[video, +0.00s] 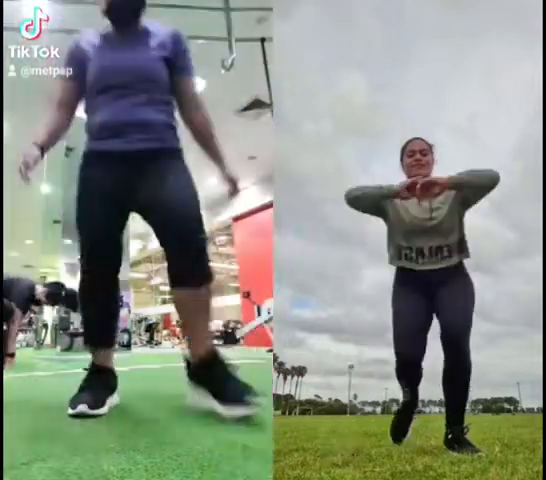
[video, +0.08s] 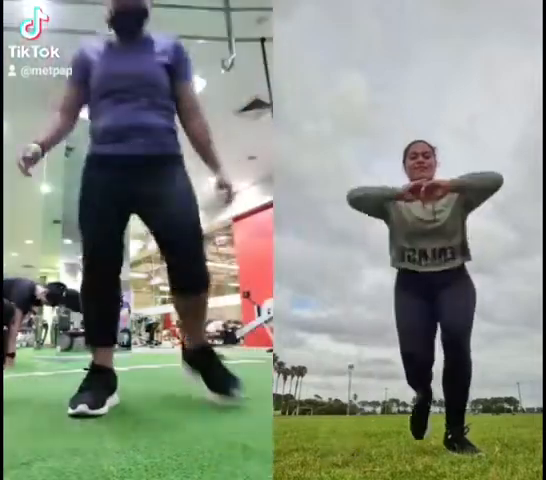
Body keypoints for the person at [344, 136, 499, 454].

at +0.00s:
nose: (417, 158)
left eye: (423, 153)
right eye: (411, 154)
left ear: (434, 160)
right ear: (401, 164)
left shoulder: (455, 194)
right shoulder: (389, 201)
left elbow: (491, 178)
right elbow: (352, 197)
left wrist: (447, 182)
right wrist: (397, 192)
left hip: (452, 281)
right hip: (409, 284)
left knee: (457, 349)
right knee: (406, 357)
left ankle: (456, 433)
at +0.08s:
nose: (420, 160)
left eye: (426, 155)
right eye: (413, 156)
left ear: (436, 163)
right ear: (404, 166)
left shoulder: (458, 198)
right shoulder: (391, 204)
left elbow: (495, 180)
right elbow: (354, 197)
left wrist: (450, 184)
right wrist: (399, 194)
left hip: (453, 284)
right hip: (411, 286)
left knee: (457, 353)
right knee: (414, 361)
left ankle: (455, 433)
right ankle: (423, 395)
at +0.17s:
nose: (429, 177)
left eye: (434, 172)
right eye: (422, 174)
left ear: (445, 179)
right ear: (412, 184)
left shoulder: (467, 214)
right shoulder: (400, 217)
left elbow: (506, 196)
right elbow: (365, 202)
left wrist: (459, 199)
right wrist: (415, 203)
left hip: (461, 298)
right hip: (419, 303)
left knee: (458, 341)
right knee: (435, 388)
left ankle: (456, 434)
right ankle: (459, 417)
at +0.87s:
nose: (427, 166)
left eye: (433, 161)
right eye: (420, 162)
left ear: (443, 167)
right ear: (411, 170)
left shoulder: (464, 205)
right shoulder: (401, 209)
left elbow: (506, 197)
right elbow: (361, 204)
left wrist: (455, 194)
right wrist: (409, 198)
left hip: (458, 287)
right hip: (416, 289)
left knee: (467, 343)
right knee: (413, 372)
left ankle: (460, 430)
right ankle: (442, 399)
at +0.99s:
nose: (414, 162)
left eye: (420, 156)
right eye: (406, 158)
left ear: (431, 162)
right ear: (398, 167)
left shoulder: (450, 199)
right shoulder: (389, 206)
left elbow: (489, 195)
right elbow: (345, 207)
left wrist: (438, 187)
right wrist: (393, 196)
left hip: (449, 286)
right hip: (404, 285)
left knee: (465, 340)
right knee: (366, 332)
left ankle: (458, 433)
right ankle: (357, 420)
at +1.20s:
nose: (400, 196)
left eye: (407, 190)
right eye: (393, 191)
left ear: (419, 196)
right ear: (384, 200)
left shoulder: (436, 239)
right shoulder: (373, 240)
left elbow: (473, 236)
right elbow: (328, 243)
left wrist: (420, 221)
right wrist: (381, 226)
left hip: (428, 324)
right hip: (380, 323)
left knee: (463, 340)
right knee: (338, 341)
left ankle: (457, 434)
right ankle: (330, 437)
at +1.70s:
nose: (362, 181)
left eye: (369, 174)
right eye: (354, 175)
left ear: (380, 180)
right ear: (344, 180)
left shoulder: (395, 219)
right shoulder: (334, 216)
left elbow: (433, 230)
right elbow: (301, 237)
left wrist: (385, 208)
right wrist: (352, 213)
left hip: (389, 303)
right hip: (343, 301)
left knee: (424, 339)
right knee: (319, 343)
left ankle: (445, 430)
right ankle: (330, 437)